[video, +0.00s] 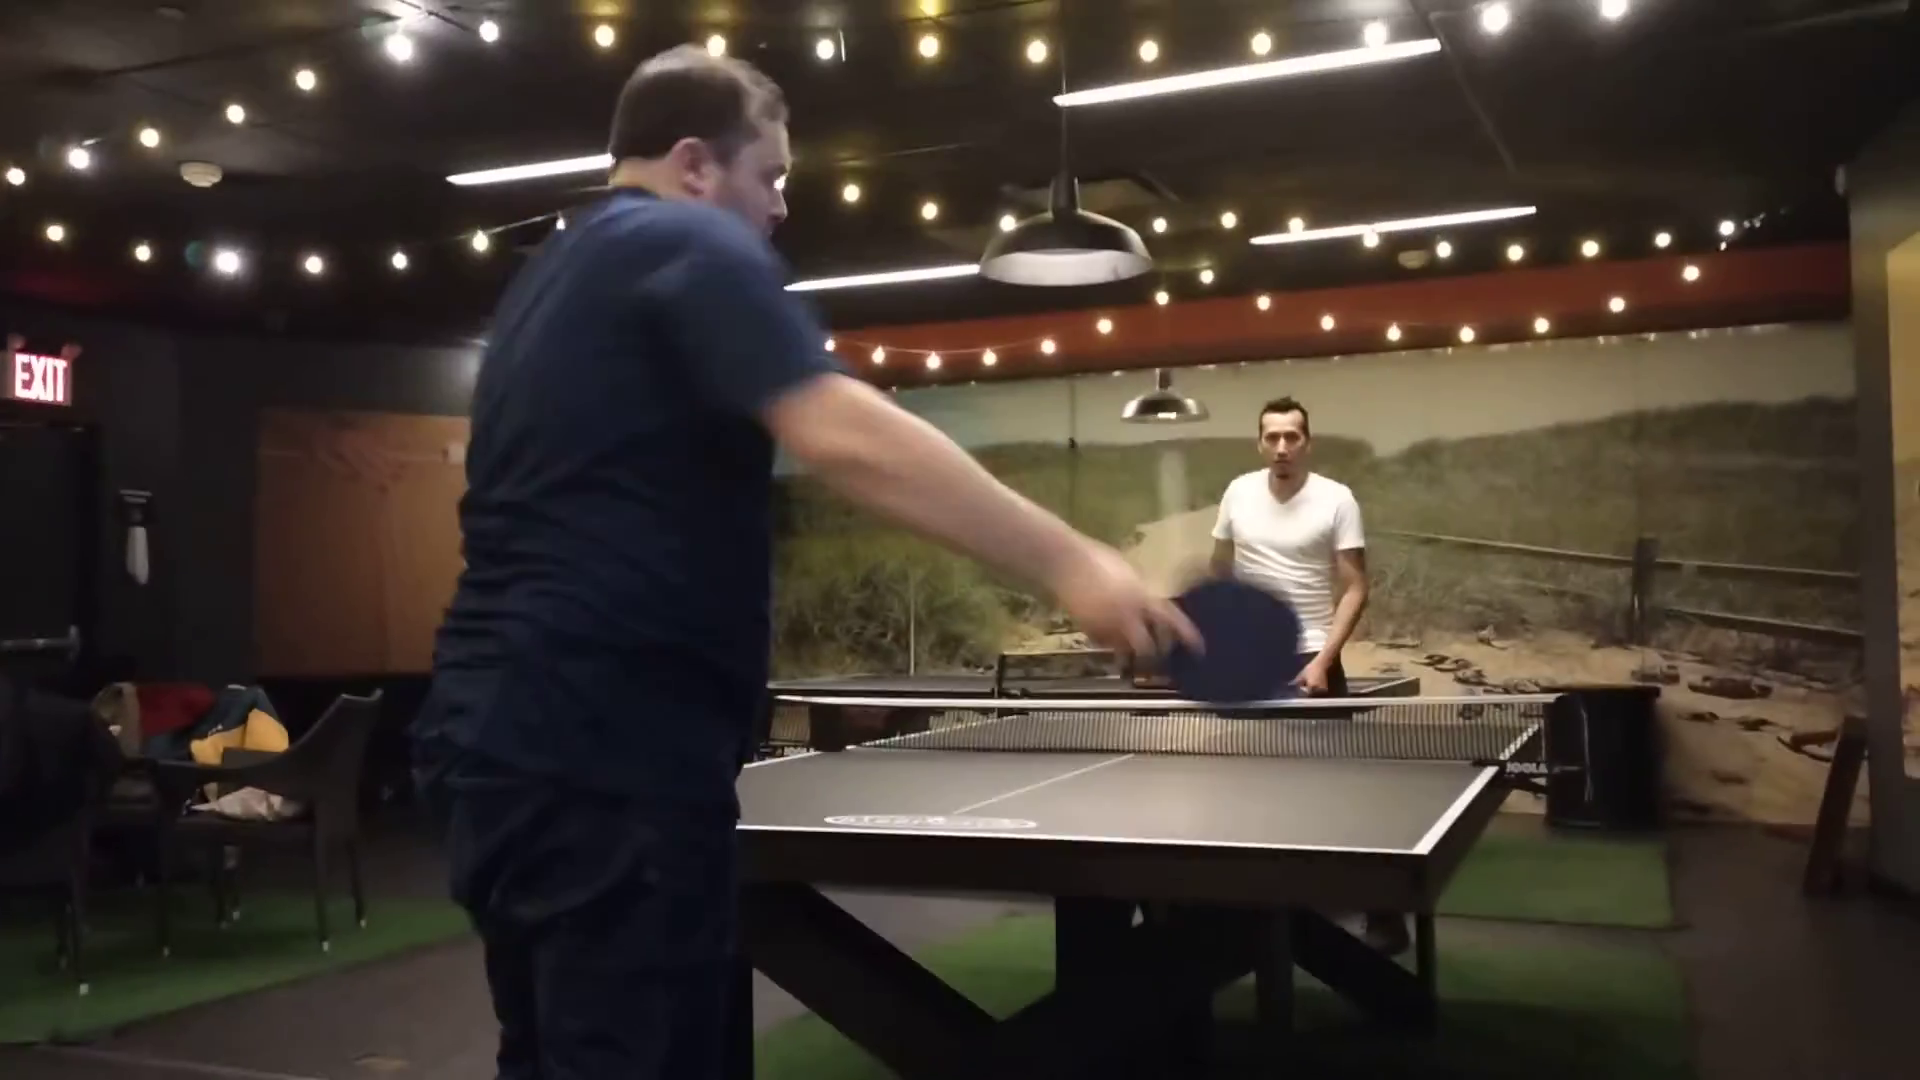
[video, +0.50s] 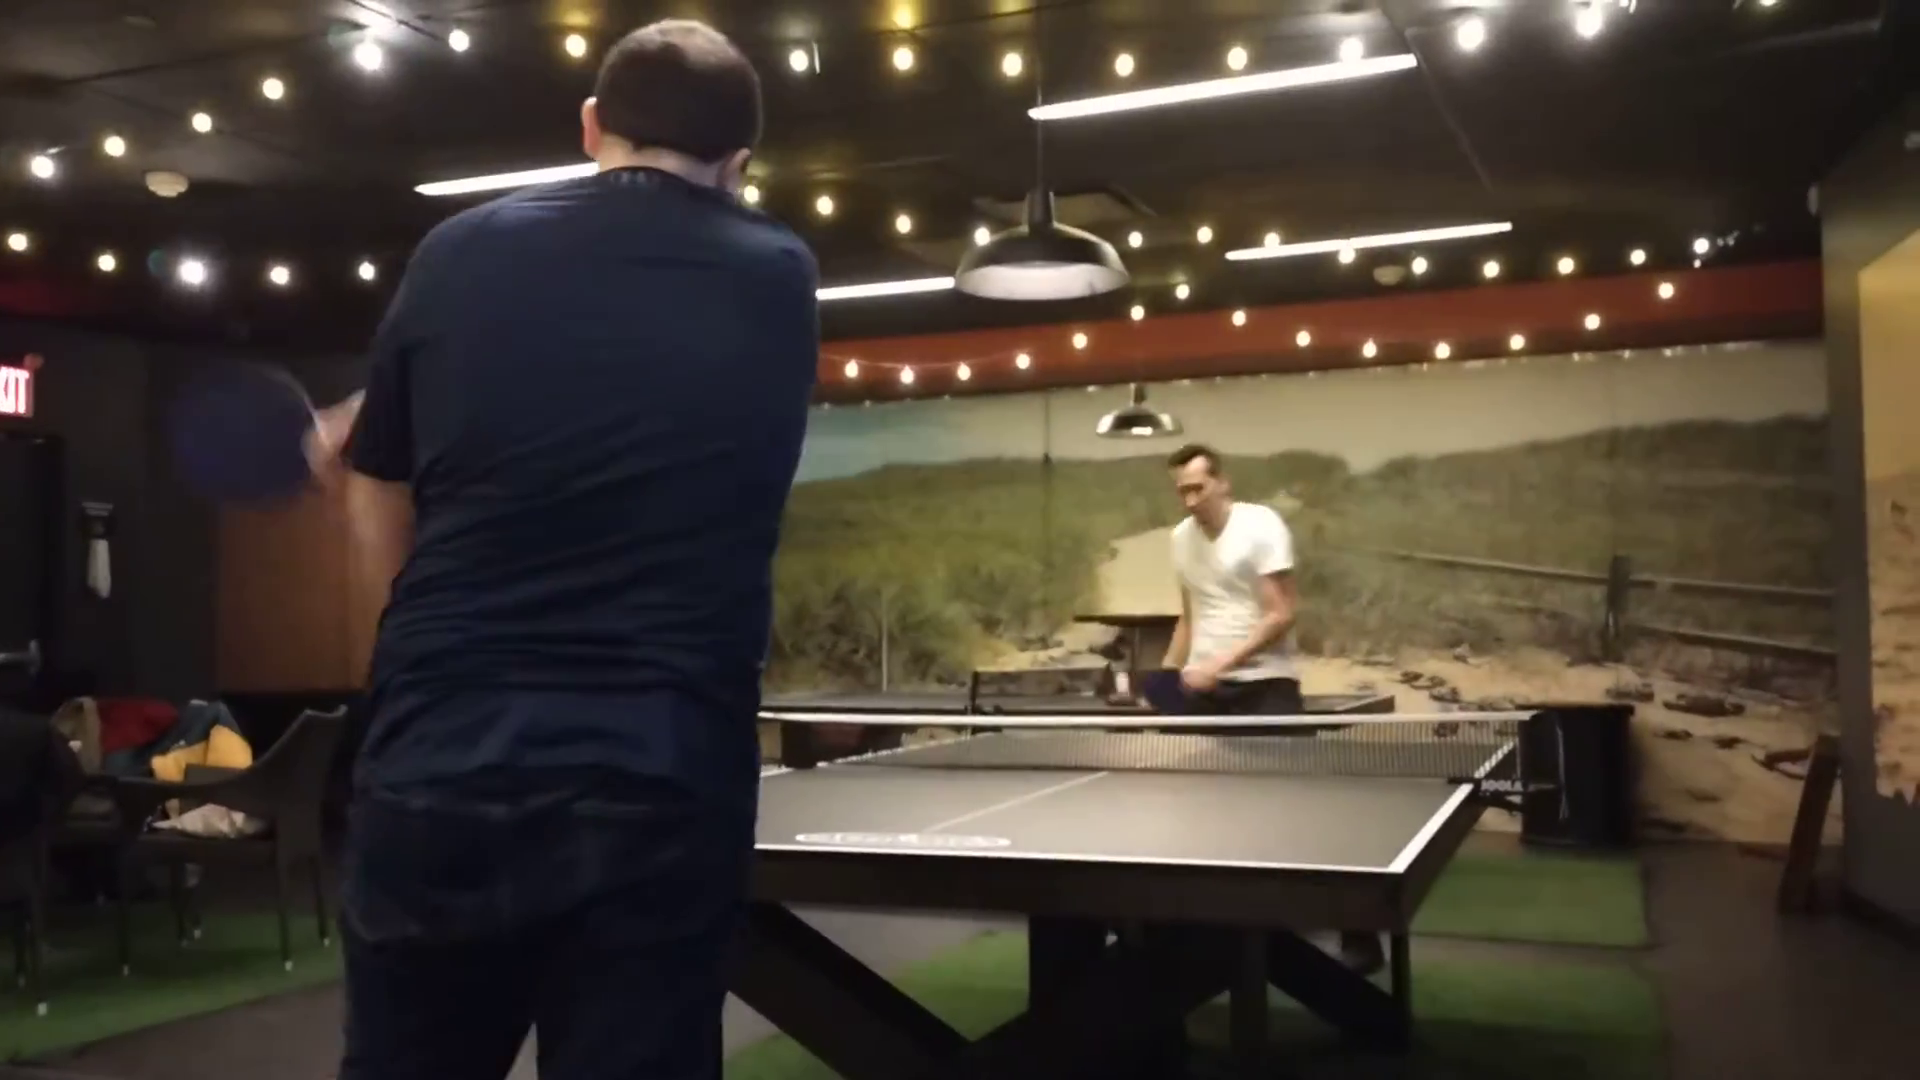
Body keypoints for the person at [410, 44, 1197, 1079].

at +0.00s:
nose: (781, 208)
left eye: (783, 183)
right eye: (772, 178)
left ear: (672, 164)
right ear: (694, 164)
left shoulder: (557, 269)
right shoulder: (688, 248)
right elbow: (835, 431)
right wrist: (1071, 561)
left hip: (509, 751)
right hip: (613, 760)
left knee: (550, 1056)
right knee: (654, 1057)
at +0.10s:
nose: (770, 208)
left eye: (775, 187)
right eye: (773, 185)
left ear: (624, 145)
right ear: (727, 159)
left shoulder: (514, 254)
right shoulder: (754, 244)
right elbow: (908, 472)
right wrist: (970, 613)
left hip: (457, 738)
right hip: (627, 750)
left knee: (509, 1053)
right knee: (650, 1054)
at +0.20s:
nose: (772, 192)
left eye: (777, 171)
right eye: (775, 170)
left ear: (621, 133)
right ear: (739, 153)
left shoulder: (488, 246)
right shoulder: (777, 237)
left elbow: (469, 439)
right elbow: (822, 427)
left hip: (440, 744)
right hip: (635, 750)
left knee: (475, 1058)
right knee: (641, 1054)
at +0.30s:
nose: (765, 184)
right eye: (768, 164)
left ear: (613, 129)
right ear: (758, 157)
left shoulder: (482, 244)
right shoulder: (790, 258)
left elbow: (470, 446)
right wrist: (431, 438)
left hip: (446, 761)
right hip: (654, 771)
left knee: (450, 1061)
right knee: (640, 1059)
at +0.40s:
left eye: (598, 120)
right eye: (766, 164)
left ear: (605, 123)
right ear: (753, 163)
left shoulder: (478, 241)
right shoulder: (790, 266)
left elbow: (422, 442)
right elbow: (642, 368)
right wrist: (420, 366)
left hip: (451, 764)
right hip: (668, 780)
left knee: (421, 1062)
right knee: (644, 1061)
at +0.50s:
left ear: (589, 126)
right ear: (738, 164)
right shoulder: (780, 274)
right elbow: (618, 375)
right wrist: (367, 431)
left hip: (441, 779)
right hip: (661, 791)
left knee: (403, 1062)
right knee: (640, 1060)